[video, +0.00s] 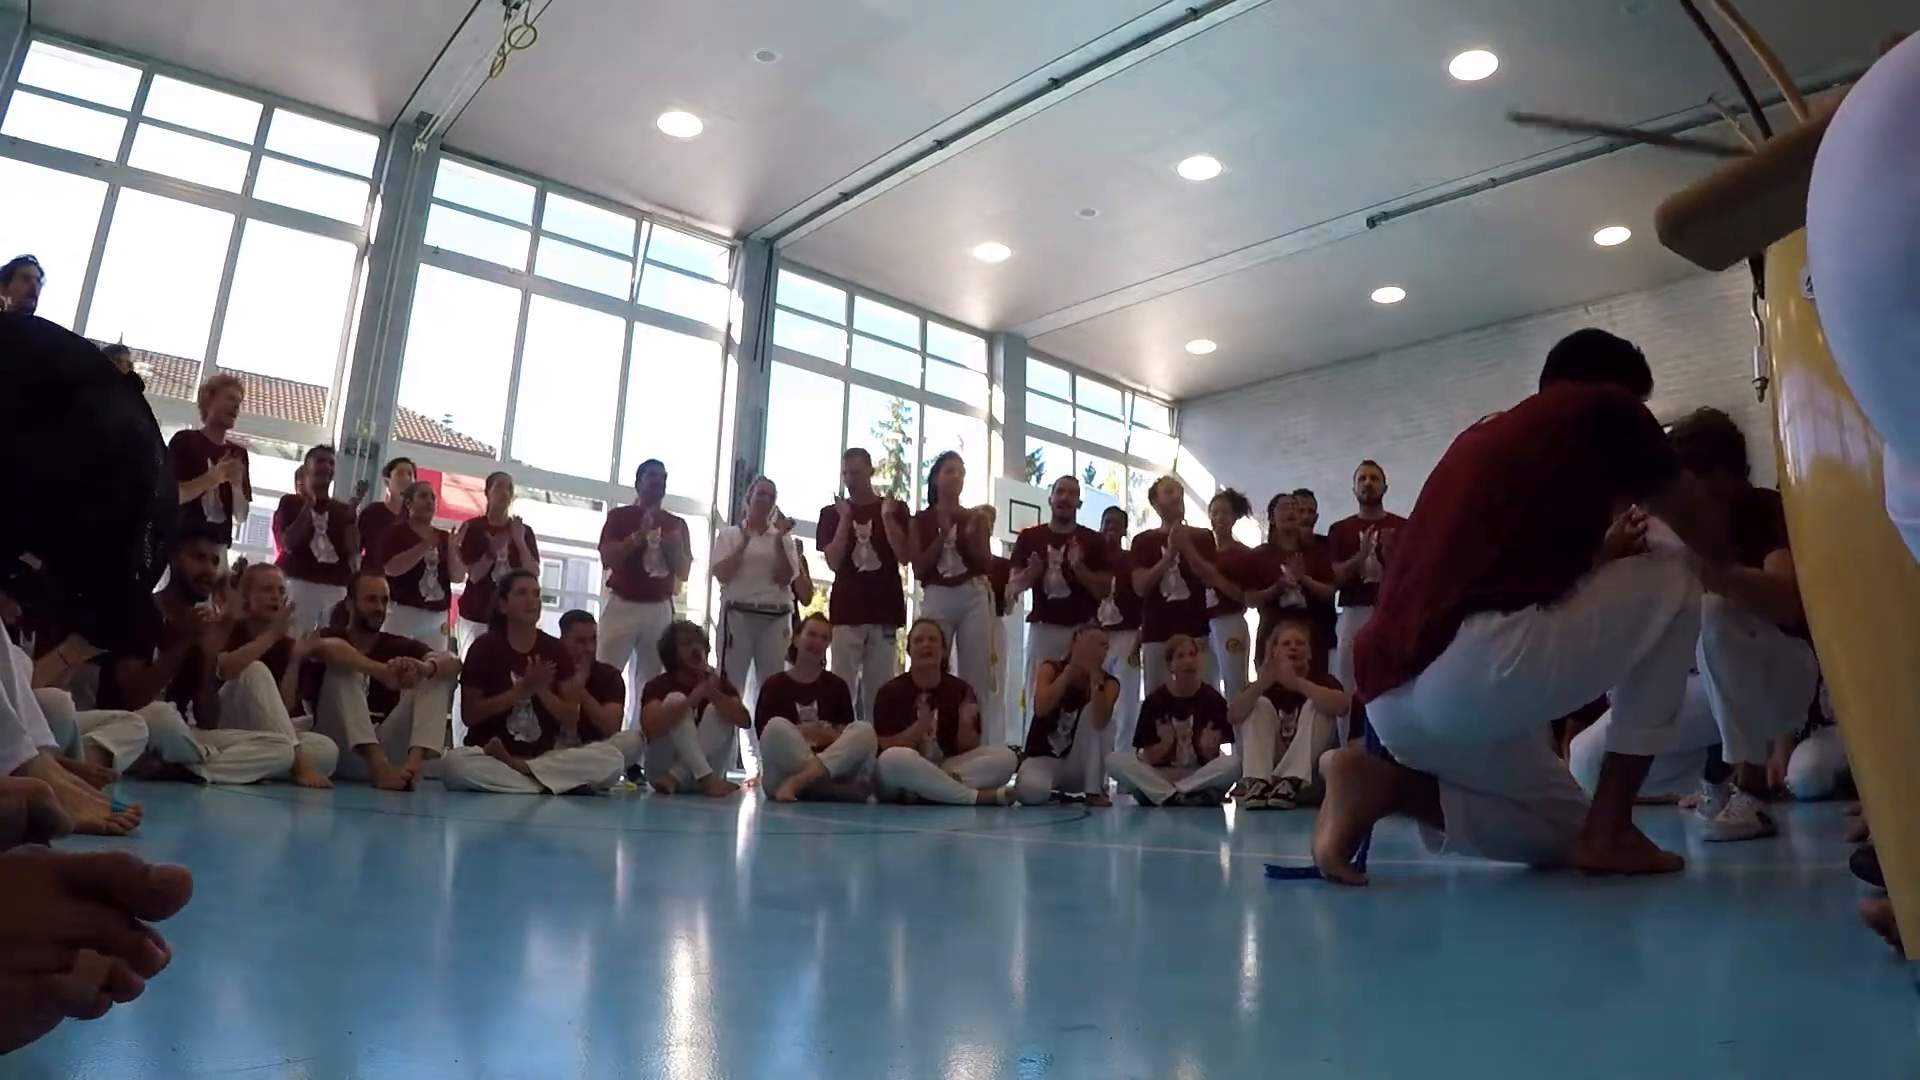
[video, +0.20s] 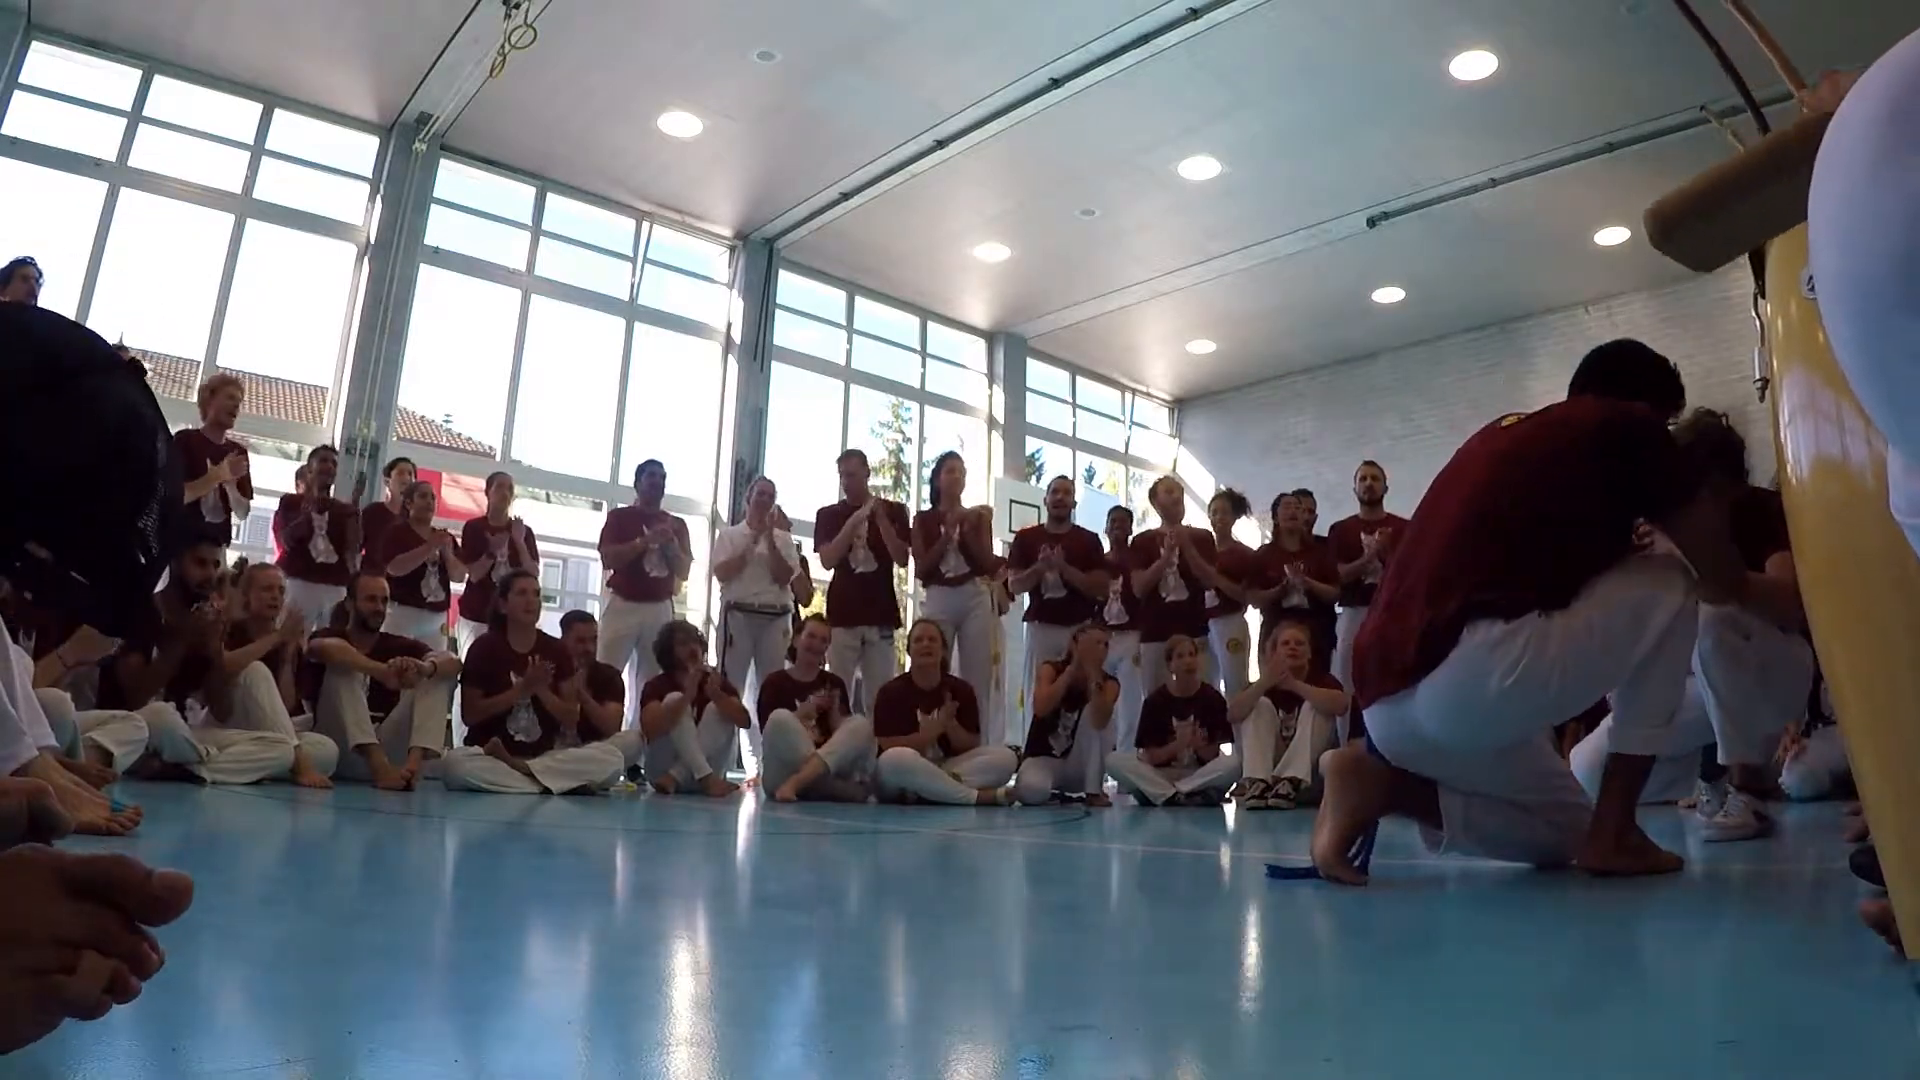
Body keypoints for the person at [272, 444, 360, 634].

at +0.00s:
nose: (326, 467)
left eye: (331, 463)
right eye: (321, 461)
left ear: (335, 471)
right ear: (306, 467)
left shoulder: (344, 510)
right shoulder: (290, 503)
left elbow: (353, 550)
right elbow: (289, 543)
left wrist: (352, 515)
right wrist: (308, 507)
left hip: (335, 587)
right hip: (299, 583)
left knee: (331, 651)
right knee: (293, 648)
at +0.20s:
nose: (329, 467)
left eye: (333, 463)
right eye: (323, 461)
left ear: (337, 472)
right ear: (309, 468)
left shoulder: (346, 510)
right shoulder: (290, 502)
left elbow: (353, 548)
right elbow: (286, 540)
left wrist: (356, 505)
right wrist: (308, 512)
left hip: (335, 587)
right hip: (299, 583)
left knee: (330, 653)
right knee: (290, 649)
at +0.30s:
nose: (333, 467)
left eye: (338, 464)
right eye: (328, 461)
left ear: (340, 472)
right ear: (313, 465)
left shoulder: (344, 508)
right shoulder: (291, 500)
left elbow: (350, 548)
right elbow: (284, 539)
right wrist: (304, 506)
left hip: (334, 586)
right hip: (298, 582)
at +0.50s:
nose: (344, 469)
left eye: (348, 466)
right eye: (339, 461)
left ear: (348, 474)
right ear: (322, 463)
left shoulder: (349, 511)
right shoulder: (294, 496)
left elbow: (352, 553)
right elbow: (275, 541)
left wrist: (338, 534)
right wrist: (314, 533)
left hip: (334, 588)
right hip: (297, 583)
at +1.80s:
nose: (344, 466)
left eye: (350, 462)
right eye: (339, 458)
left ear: (352, 468)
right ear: (324, 461)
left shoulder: (356, 511)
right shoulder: (297, 498)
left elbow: (358, 555)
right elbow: (272, 541)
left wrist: (350, 561)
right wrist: (300, 548)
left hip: (335, 593)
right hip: (296, 588)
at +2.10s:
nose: (339, 466)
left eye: (344, 462)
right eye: (333, 459)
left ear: (348, 468)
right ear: (320, 462)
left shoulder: (353, 509)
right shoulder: (299, 497)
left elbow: (356, 557)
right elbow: (291, 541)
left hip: (335, 587)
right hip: (299, 582)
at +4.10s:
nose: (339, 475)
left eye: (345, 469)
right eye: (333, 467)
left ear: (349, 473)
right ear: (321, 464)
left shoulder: (354, 510)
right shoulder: (294, 501)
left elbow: (359, 557)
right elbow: (266, 542)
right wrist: (294, 551)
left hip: (337, 592)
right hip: (300, 588)